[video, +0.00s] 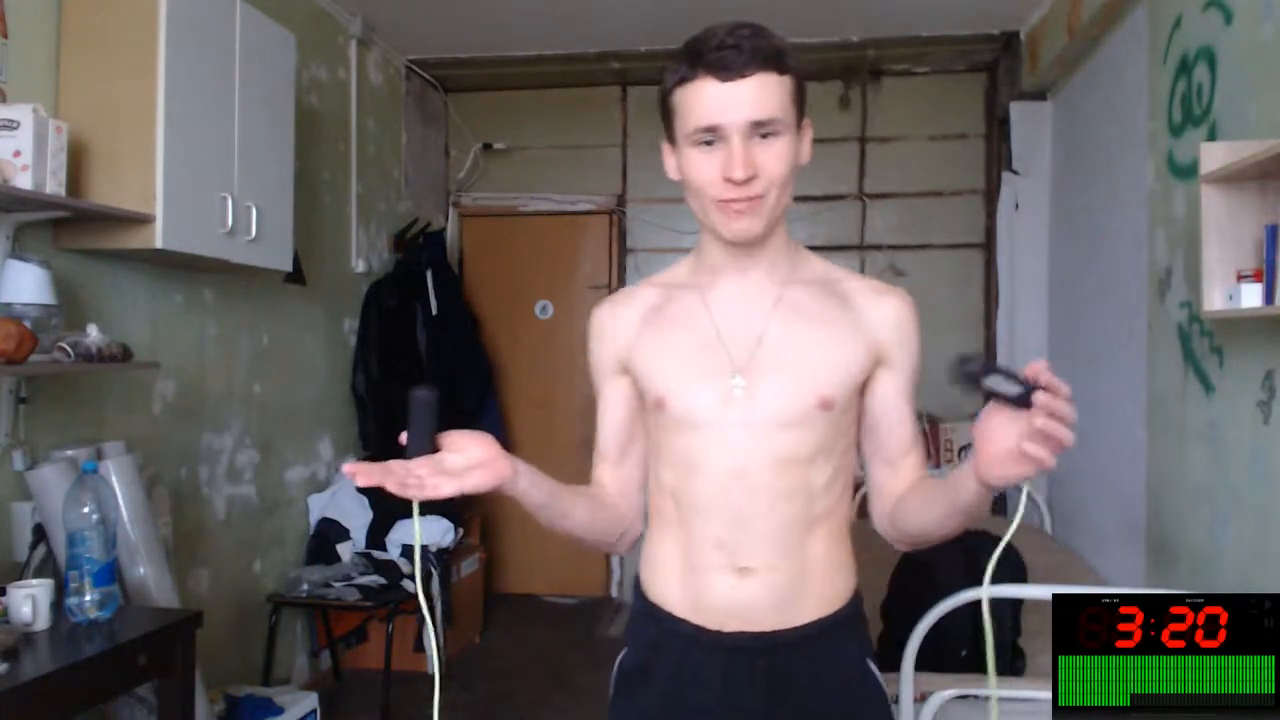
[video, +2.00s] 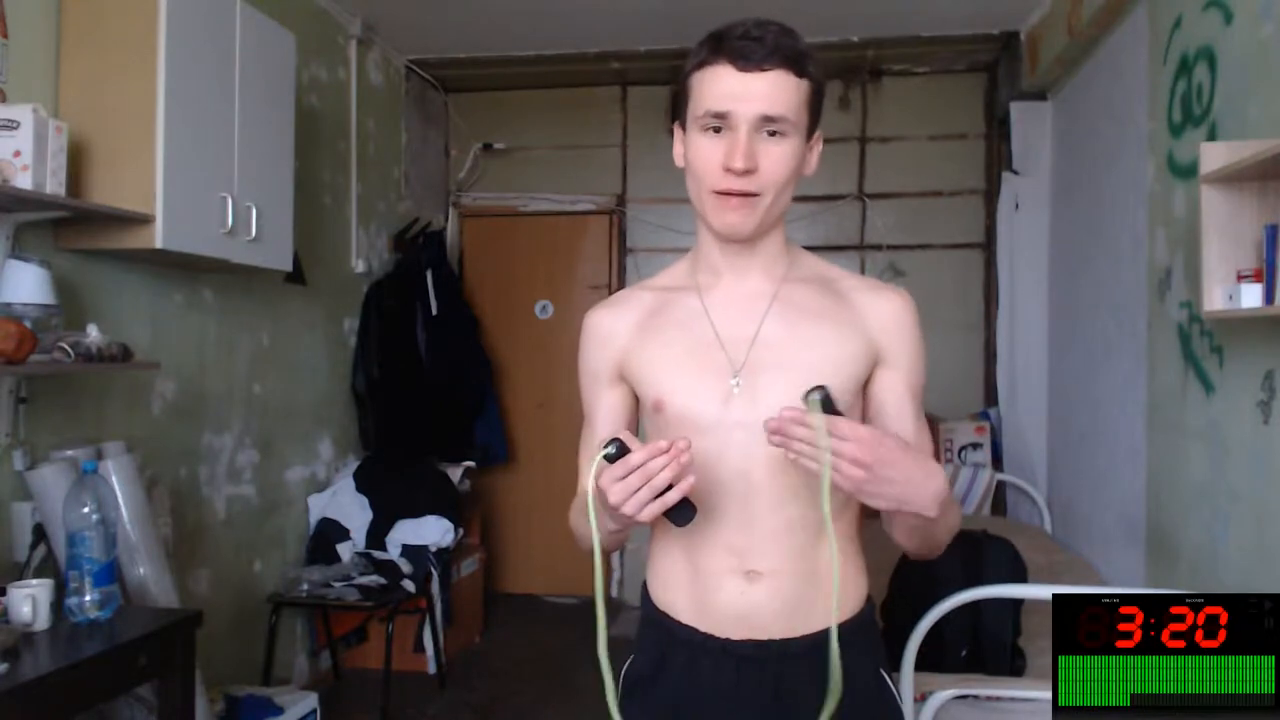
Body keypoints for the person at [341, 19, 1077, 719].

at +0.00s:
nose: (736, 167)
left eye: (761, 134)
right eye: (708, 141)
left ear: (802, 144)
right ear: (672, 160)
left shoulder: (875, 314)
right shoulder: (623, 322)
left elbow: (901, 515)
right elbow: (615, 518)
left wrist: (978, 472)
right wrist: (508, 474)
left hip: (821, 665)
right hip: (670, 665)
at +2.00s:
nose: (739, 159)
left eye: (772, 132)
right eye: (716, 128)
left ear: (810, 155)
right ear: (679, 145)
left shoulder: (878, 314)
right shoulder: (618, 327)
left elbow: (924, 542)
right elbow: (590, 527)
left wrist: (932, 496)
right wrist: (611, 514)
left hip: (835, 671)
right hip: (678, 668)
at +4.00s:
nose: (728, 152)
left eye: (753, 121)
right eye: (699, 129)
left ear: (799, 139)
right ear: (670, 159)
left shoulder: (879, 314)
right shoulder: (613, 324)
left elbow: (935, 530)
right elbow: (581, 514)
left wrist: (876, 482)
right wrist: (605, 516)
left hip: (828, 674)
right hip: (672, 672)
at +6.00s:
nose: (730, 144)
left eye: (756, 119)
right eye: (701, 119)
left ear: (789, 150)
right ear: (660, 149)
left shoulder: (871, 302)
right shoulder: (607, 329)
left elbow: (933, 528)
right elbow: (588, 488)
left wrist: (849, 389)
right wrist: (602, 537)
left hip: (829, 668)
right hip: (676, 671)